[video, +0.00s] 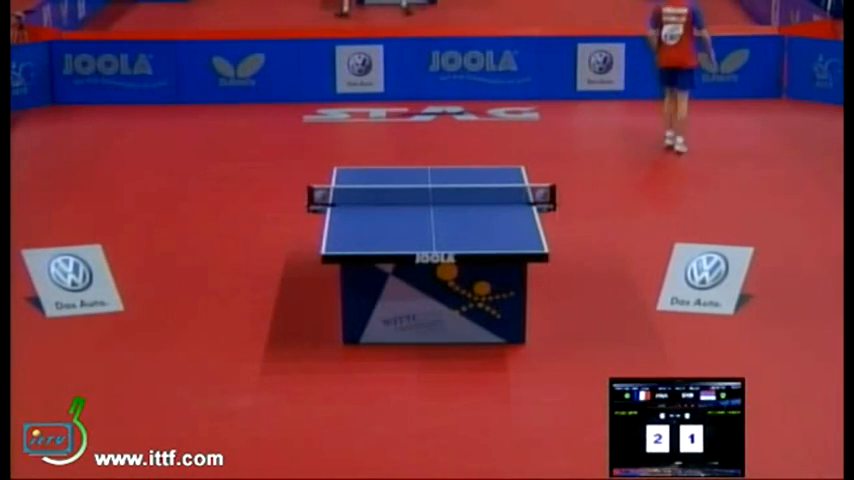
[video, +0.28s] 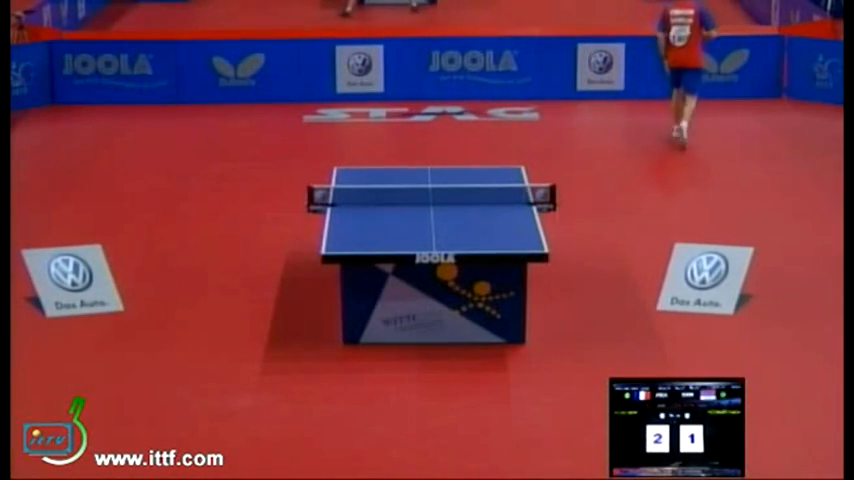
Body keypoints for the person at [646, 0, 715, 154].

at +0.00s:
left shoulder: (659, 8)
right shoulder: (691, 8)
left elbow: (652, 33)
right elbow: (703, 32)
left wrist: (657, 50)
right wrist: (711, 53)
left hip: (665, 60)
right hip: (685, 60)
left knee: (668, 96)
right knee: (682, 99)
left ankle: (669, 133)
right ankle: (680, 138)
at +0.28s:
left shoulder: (668, 10)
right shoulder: (698, 9)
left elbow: (660, 35)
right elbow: (712, 33)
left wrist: (663, 57)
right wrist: (699, 34)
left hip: (674, 59)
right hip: (693, 60)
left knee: (676, 92)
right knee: (691, 95)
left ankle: (676, 126)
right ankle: (684, 124)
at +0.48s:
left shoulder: (674, 3)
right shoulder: (706, 3)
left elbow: (667, 28)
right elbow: (711, 28)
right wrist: (717, 46)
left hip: (680, 51)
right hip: (699, 50)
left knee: (680, 85)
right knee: (702, 82)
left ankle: (677, 124)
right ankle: (696, 116)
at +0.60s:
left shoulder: (682, 4)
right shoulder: (711, 5)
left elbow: (673, 27)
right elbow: (715, 27)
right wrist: (720, 50)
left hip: (684, 51)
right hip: (704, 52)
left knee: (682, 86)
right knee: (708, 84)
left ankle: (678, 124)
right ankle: (711, 114)